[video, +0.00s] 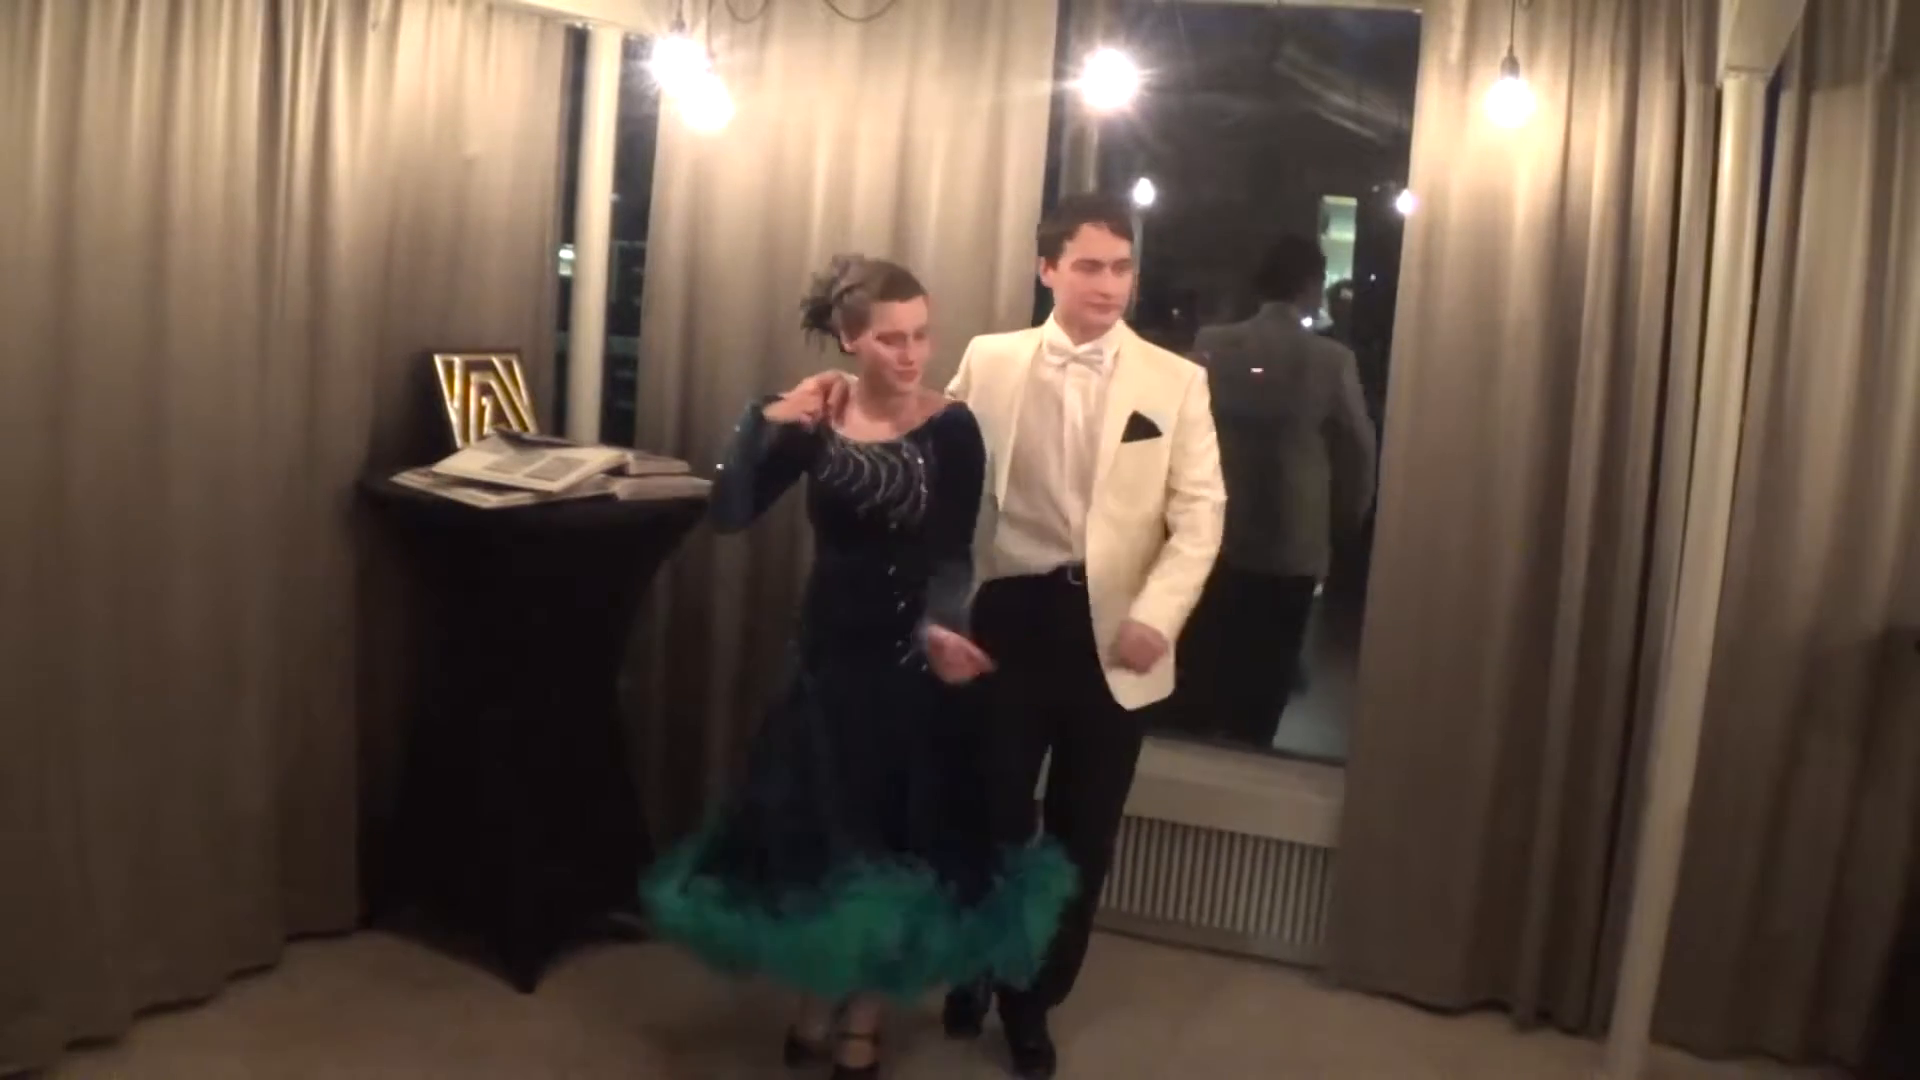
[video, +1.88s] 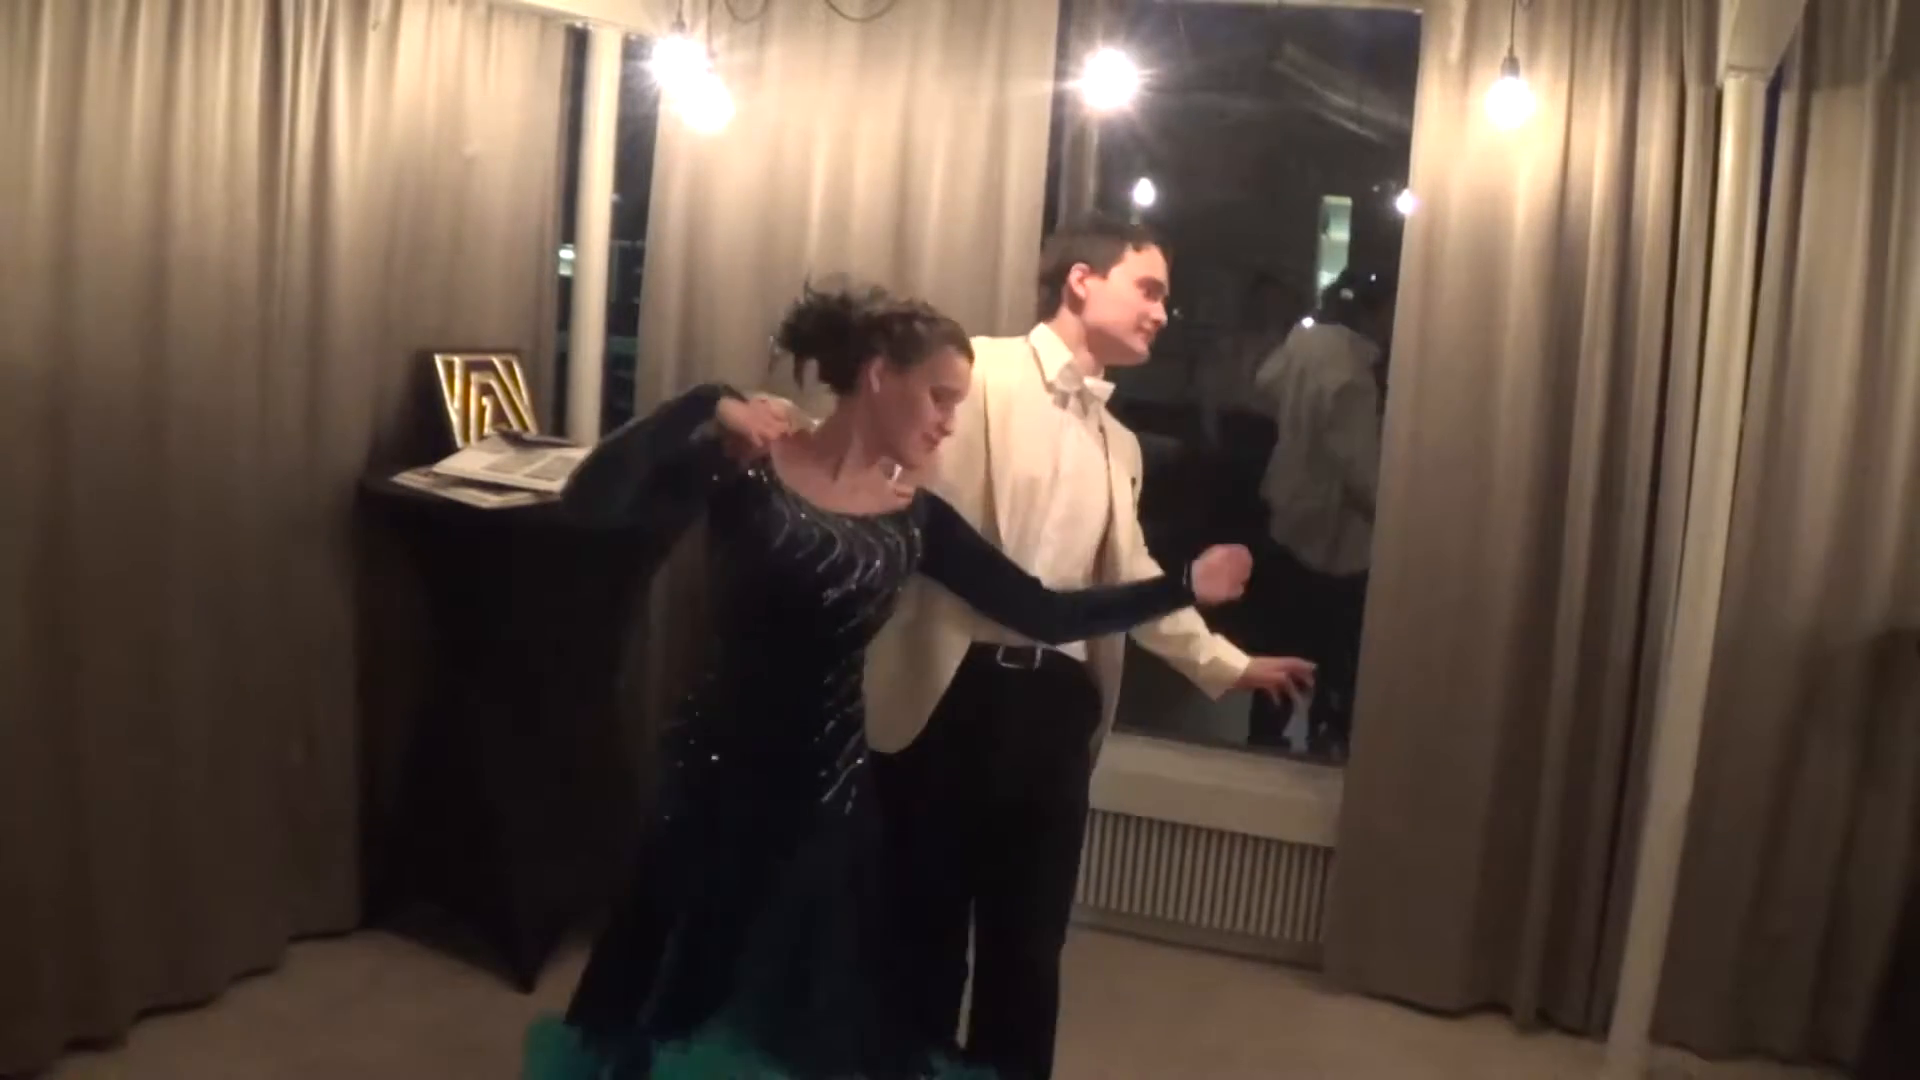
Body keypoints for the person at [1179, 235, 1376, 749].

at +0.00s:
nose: (1323, 292)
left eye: (1321, 283)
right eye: (1321, 283)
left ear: (1259, 282)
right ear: (1311, 288)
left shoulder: (1212, 346)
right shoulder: (1332, 361)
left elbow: (1184, 434)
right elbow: (1358, 452)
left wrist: (1182, 503)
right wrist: (1347, 515)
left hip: (1213, 529)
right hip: (1295, 537)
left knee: (1208, 659)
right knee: (1271, 670)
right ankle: (1242, 777)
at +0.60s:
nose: (1347, 301)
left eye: (1345, 291)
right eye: (1345, 292)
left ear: (1293, 289)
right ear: (1335, 295)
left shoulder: (1245, 350)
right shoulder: (1357, 365)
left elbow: (1208, 419)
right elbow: (1370, 452)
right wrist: (1371, 509)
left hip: (1240, 522)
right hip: (1319, 536)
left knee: (1233, 651)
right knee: (1296, 663)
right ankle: (1248, 763)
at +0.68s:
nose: (1351, 314)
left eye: (1349, 305)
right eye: (1348, 305)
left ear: (1299, 307)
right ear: (1336, 308)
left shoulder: (1247, 362)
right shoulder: (1354, 381)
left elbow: (1198, 416)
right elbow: (1363, 479)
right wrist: (1364, 554)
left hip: (1233, 543)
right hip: (1311, 555)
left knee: (1225, 674)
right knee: (1320, 668)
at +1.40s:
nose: (1385, 298)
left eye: (1384, 287)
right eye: (1380, 287)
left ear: (1327, 282)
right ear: (1365, 287)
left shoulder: (1280, 327)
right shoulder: (1376, 348)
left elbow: (1233, 378)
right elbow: (1387, 430)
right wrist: (1385, 503)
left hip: (1263, 490)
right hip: (1336, 499)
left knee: (1269, 622)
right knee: (1331, 636)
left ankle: (1268, 738)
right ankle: (1279, 736)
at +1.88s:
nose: (1394, 323)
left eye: (1395, 311)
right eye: (1392, 312)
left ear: (1342, 296)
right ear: (1379, 309)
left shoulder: (1304, 341)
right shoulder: (1349, 377)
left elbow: (1266, 380)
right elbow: (1361, 467)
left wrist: (1301, 415)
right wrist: (1393, 511)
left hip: (1287, 509)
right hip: (1334, 526)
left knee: (1280, 626)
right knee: (1335, 638)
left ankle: (1266, 733)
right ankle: (1328, 737)